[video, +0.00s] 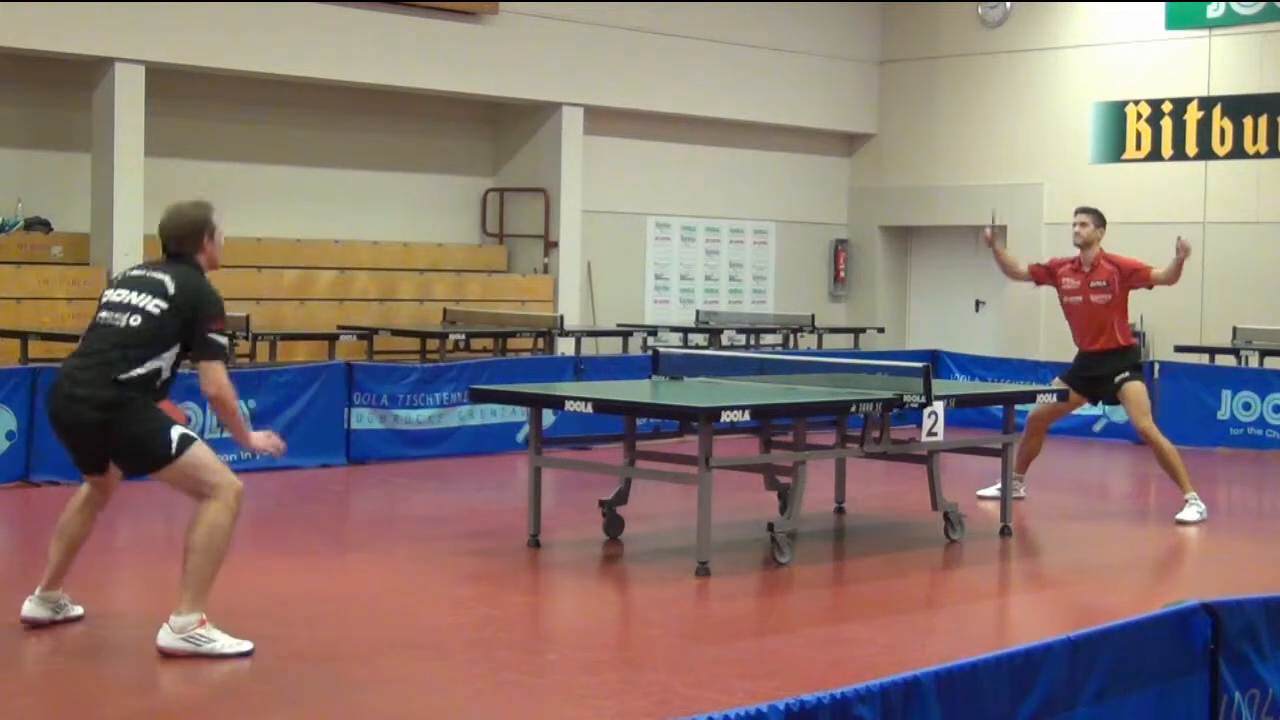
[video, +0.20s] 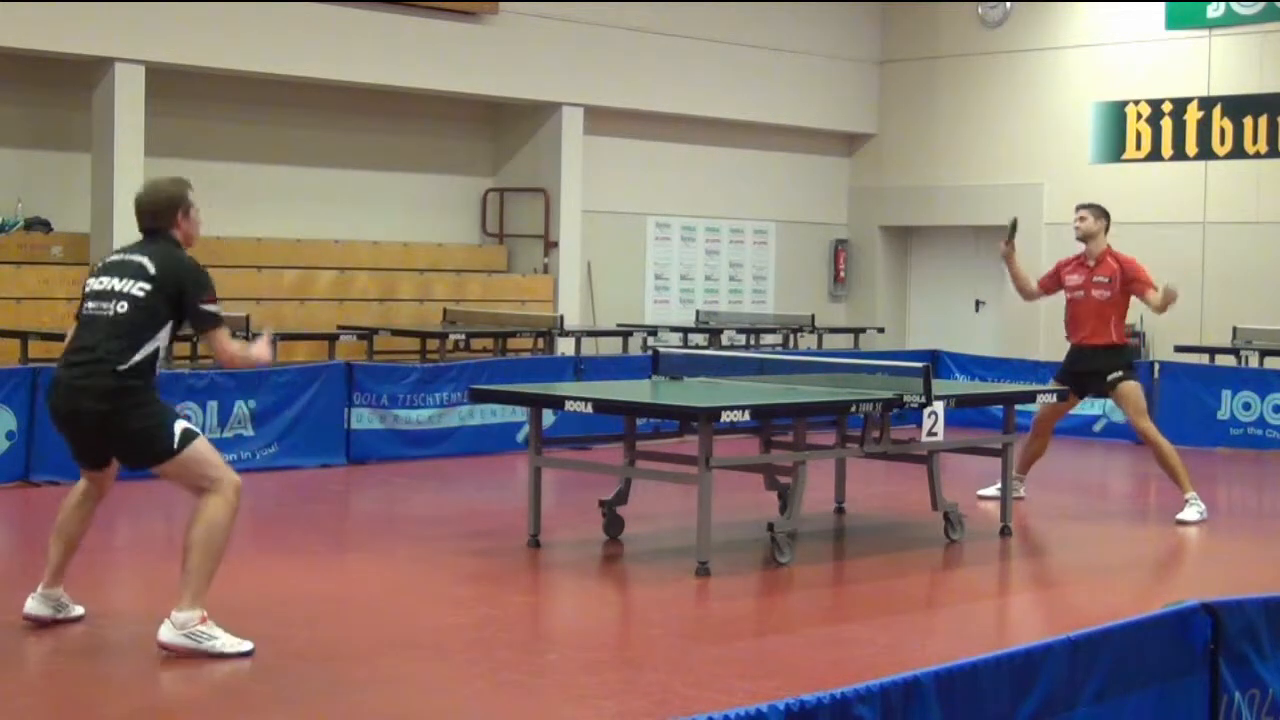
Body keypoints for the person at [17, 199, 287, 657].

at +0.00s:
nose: (221, 241)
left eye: (218, 234)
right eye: (217, 235)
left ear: (168, 243)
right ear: (204, 243)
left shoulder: (130, 275)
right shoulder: (200, 293)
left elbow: (106, 349)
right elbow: (216, 387)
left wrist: (158, 405)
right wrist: (247, 437)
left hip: (65, 399)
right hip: (119, 406)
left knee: (101, 481)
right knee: (224, 491)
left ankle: (46, 595)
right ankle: (187, 622)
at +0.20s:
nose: (199, 219)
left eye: (195, 210)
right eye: (194, 211)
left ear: (146, 221)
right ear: (180, 219)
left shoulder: (110, 261)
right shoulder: (184, 268)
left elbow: (78, 334)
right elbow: (227, 353)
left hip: (68, 395)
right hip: (122, 400)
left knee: (96, 477)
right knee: (222, 486)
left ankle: (47, 592)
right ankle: (187, 617)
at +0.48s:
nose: (185, 170)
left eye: (179, 162)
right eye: (176, 165)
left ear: (132, 186)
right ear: (158, 182)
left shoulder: (93, 237)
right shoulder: (179, 234)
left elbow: (66, 324)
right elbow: (240, 289)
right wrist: (258, 261)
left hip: (75, 379)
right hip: (130, 384)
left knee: (84, 481)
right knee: (214, 488)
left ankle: (52, 593)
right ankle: (185, 623)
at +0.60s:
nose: (163, 151)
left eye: (157, 144)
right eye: (154, 146)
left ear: (117, 173)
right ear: (138, 167)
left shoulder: (84, 223)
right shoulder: (158, 226)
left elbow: (65, 310)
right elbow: (220, 292)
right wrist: (238, 264)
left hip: (65, 371)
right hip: (115, 376)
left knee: (106, 476)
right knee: (193, 486)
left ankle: (38, 588)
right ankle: (183, 625)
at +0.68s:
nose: (143, 146)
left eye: (136, 140)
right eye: (134, 143)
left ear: (104, 168)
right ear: (119, 163)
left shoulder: (74, 218)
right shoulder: (130, 223)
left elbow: (87, 304)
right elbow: (188, 303)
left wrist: (131, 362)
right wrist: (219, 282)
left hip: (61, 372)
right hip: (99, 376)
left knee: (109, 486)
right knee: (174, 484)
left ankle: (24, 581)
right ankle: (182, 624)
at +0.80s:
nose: (113, 143)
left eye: (105, 135)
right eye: (103, 138)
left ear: (76, 167)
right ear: (87, 160)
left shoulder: (59, 217)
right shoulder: (82, 216)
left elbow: (67, 312)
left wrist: (123, 353)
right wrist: (168, 309)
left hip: (50, 378)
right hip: (71, 380)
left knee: (80, 501)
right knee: (137, 489)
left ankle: (1, 609)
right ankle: (175, 625)